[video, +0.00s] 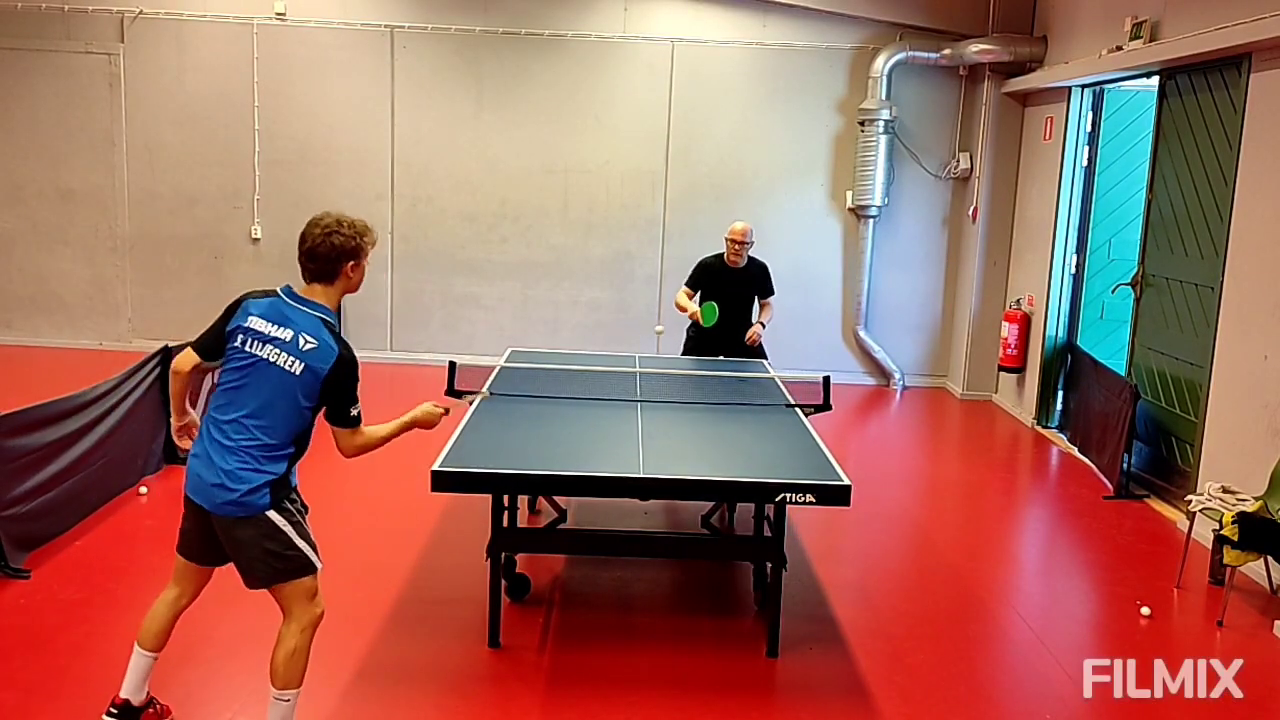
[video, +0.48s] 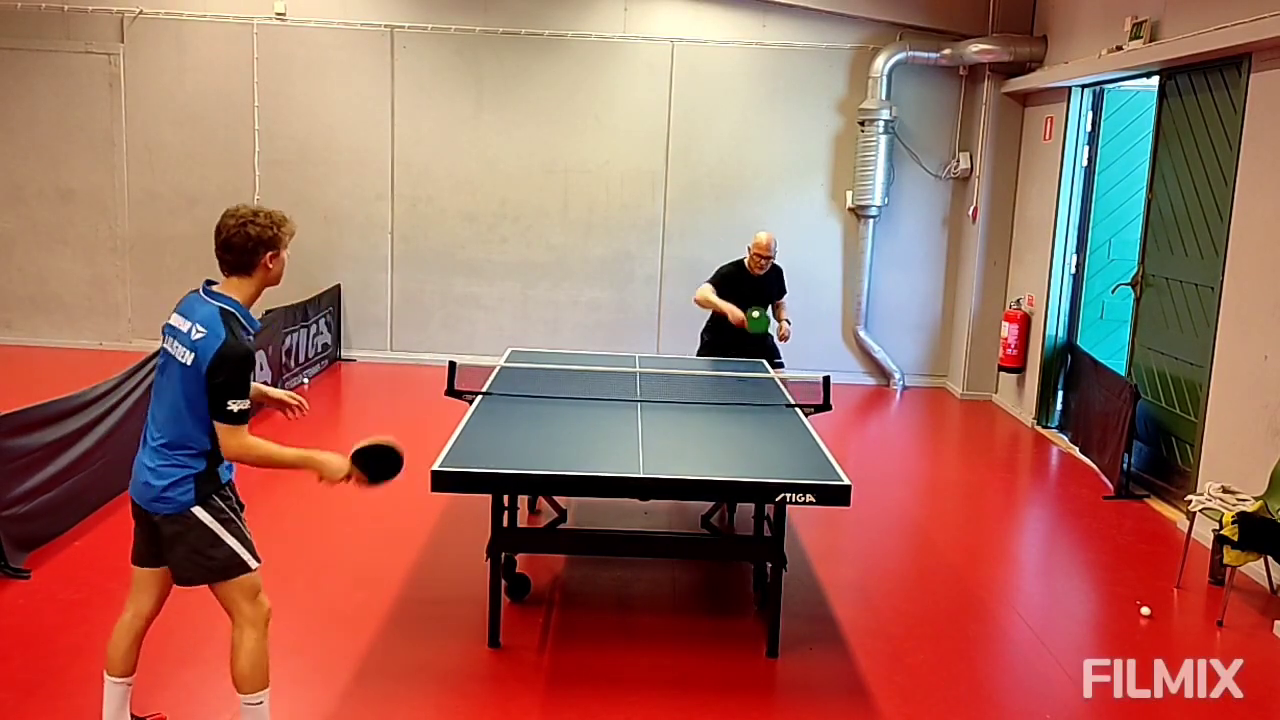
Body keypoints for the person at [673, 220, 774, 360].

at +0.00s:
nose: (737, 247)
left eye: (742, 244)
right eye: (733, 242)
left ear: (751, 245)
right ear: (726, 241)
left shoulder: (759, 270)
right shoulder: (708, 265)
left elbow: (766, 305)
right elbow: (681, 296)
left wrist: (760, 325)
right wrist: (690, 307)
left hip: (740, 339)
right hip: (704, 338)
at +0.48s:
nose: (762, 262)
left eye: (768, 258)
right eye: (758, 256)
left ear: (774, 257)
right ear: (749, 251)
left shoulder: (775, 274)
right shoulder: (730, 271)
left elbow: (779, 304)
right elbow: (701, 296)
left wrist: (784, 321)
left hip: (757, 339)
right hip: (721, 337)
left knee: (779, 380)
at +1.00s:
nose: (754, 235)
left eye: (759, 231)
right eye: (750, 230)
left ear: (768, 234)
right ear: (743, 229)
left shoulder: (774, 263)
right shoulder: (723, 257)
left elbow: (782, 298)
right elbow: (687, 275)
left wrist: (778, 311)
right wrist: (691, 282)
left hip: (754, 335)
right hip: (716, 333)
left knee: (773, 385)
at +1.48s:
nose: (768, 236)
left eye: (773, 232)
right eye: (763, 230)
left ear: (781, 235)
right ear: (755, 230)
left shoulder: (784, 265)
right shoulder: (735, 257)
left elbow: (784, 298)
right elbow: (709, 289)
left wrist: (787, 314)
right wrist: (730, 308)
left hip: (763, 338)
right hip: (726, 335)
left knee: (783, 386)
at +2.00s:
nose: (791, 219)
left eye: (797, 215)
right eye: (787, 214)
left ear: (807, 219)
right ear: (781, 215)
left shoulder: (816, 252)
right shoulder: (763, 243)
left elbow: (825, 288)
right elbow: (736, 273)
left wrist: (815, 317)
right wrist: (748, 286)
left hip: (790, 327)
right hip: (757, 324)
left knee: (790, 384)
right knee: (748, 379)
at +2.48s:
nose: (765, 226)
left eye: (770, 222)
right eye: (761, 221)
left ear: (783, 221)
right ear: (755, 221)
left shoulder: (796, 251)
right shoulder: (743, 247)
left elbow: (809, 287)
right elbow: (719, 277)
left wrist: (799, 317)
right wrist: (727, 283)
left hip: (776, 331)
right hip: (741, 329)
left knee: (783, 385)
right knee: (729, 382)